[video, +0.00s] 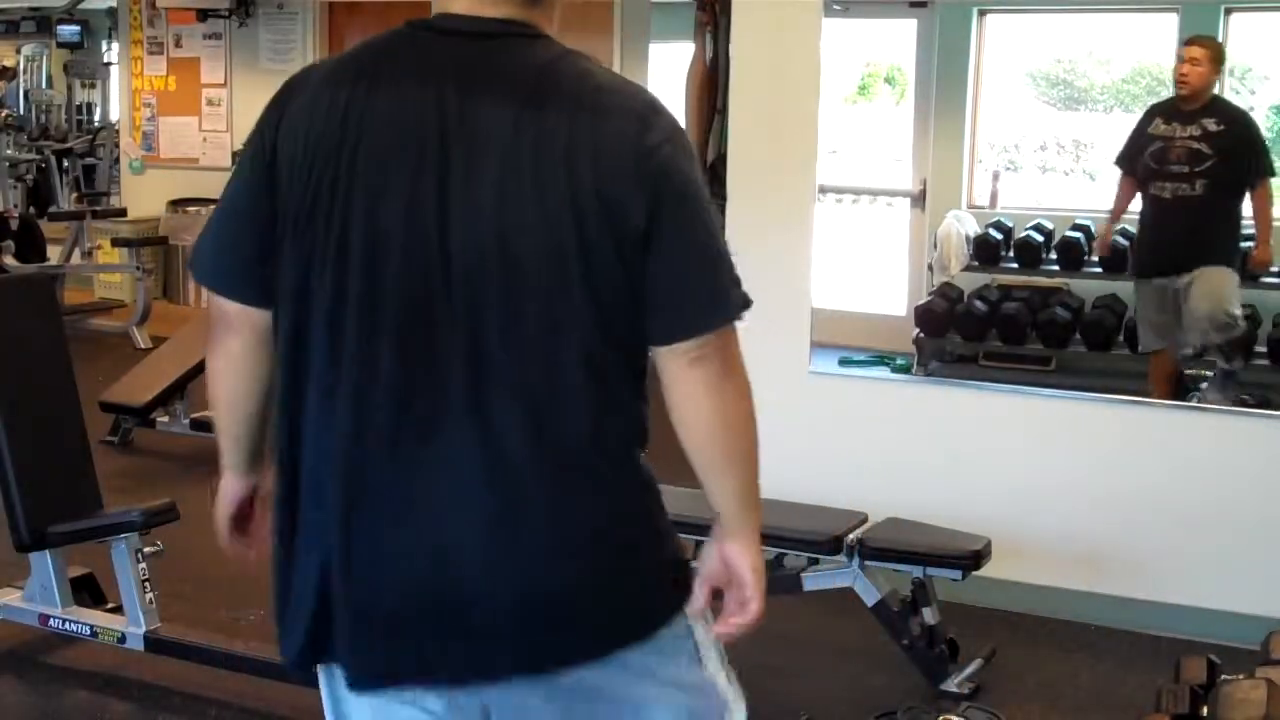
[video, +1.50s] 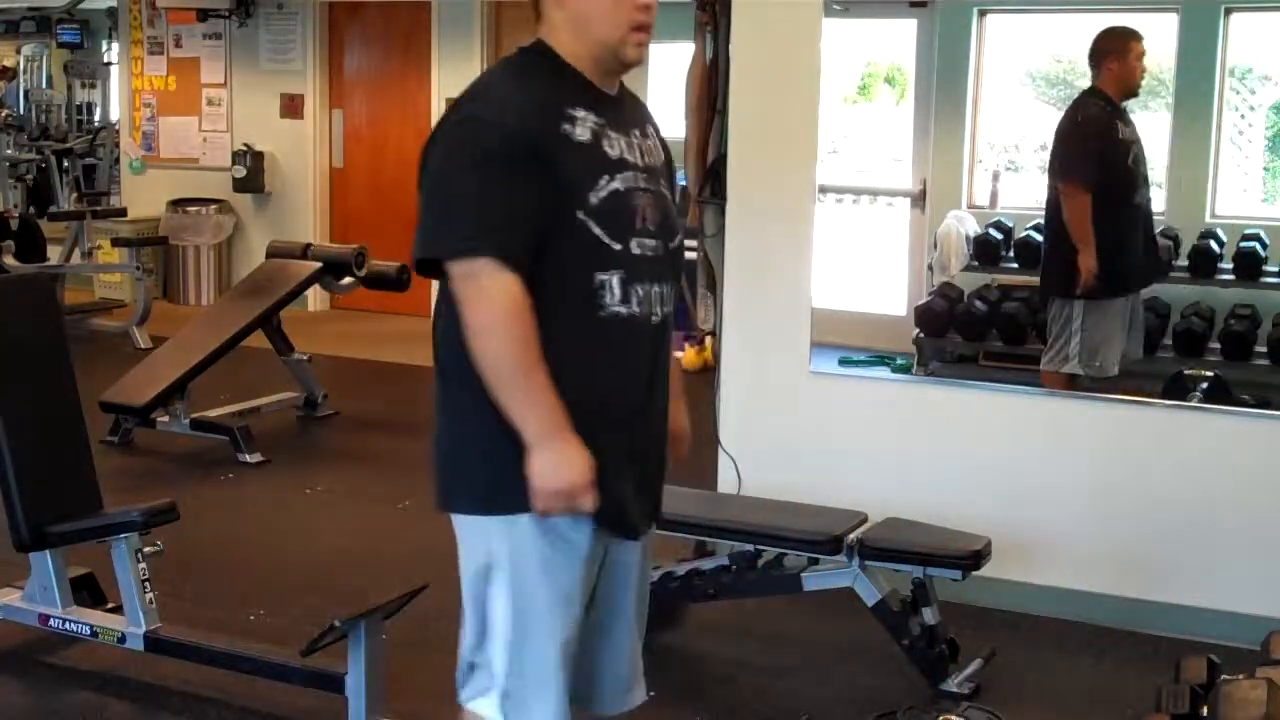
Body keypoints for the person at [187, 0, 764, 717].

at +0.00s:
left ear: (433, 0)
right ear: (547, 3)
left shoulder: (310, 108)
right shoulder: (627, 125)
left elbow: (238, 313)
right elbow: (697, 349)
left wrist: (238, 465)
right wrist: (737, 526)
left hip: (370, 602)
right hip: (589, 602)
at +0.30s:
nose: (598, 8)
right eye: (590, 6)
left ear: (455, 2)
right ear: (560, 6)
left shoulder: (342, 107)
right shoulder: (623, 130)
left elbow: (277, 298)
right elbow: (681, 342)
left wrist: (295, 438)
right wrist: (710, 497)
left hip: (392, 560)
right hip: (584, 562)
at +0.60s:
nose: (635, 17)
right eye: (637, 13)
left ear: (503, 5)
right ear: (624, 9)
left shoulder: (404, 114)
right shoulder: (671, 139)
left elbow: (355, 293)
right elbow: (722, 336)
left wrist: (365, 430)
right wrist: (741, 485)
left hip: (440, 524)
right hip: (608, 539)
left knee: (418, 710)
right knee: (580, 708)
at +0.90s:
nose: (653, 17)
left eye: (652, 12)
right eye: (652, 11)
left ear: (539, 4)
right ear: (635, 7)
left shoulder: (449, 103)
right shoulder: (654, 129)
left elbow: (404, 266)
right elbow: (710, 323)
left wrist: (426, 389)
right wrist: (768, 456)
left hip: (475, 490)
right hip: (600, 516)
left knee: (488, 699)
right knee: (587, 708)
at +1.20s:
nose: (664, 23)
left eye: (666, 11)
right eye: (664, 9)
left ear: (584, 7)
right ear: (637, 5)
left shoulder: (545, 88)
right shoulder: (575, 105)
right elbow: (578, 298)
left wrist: (620, 438)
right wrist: (635, 443)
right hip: (562, 490)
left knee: (534, 699)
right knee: (580, 706)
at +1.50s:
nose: (649, 8)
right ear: (561, 2)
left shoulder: (636, 122)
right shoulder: (497, 112)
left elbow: (648, 276)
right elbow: (481, 279)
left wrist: (666, 391)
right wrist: (548, 436)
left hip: (618, 454)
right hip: (519, 465)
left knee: (602, 694)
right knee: (517, 700)